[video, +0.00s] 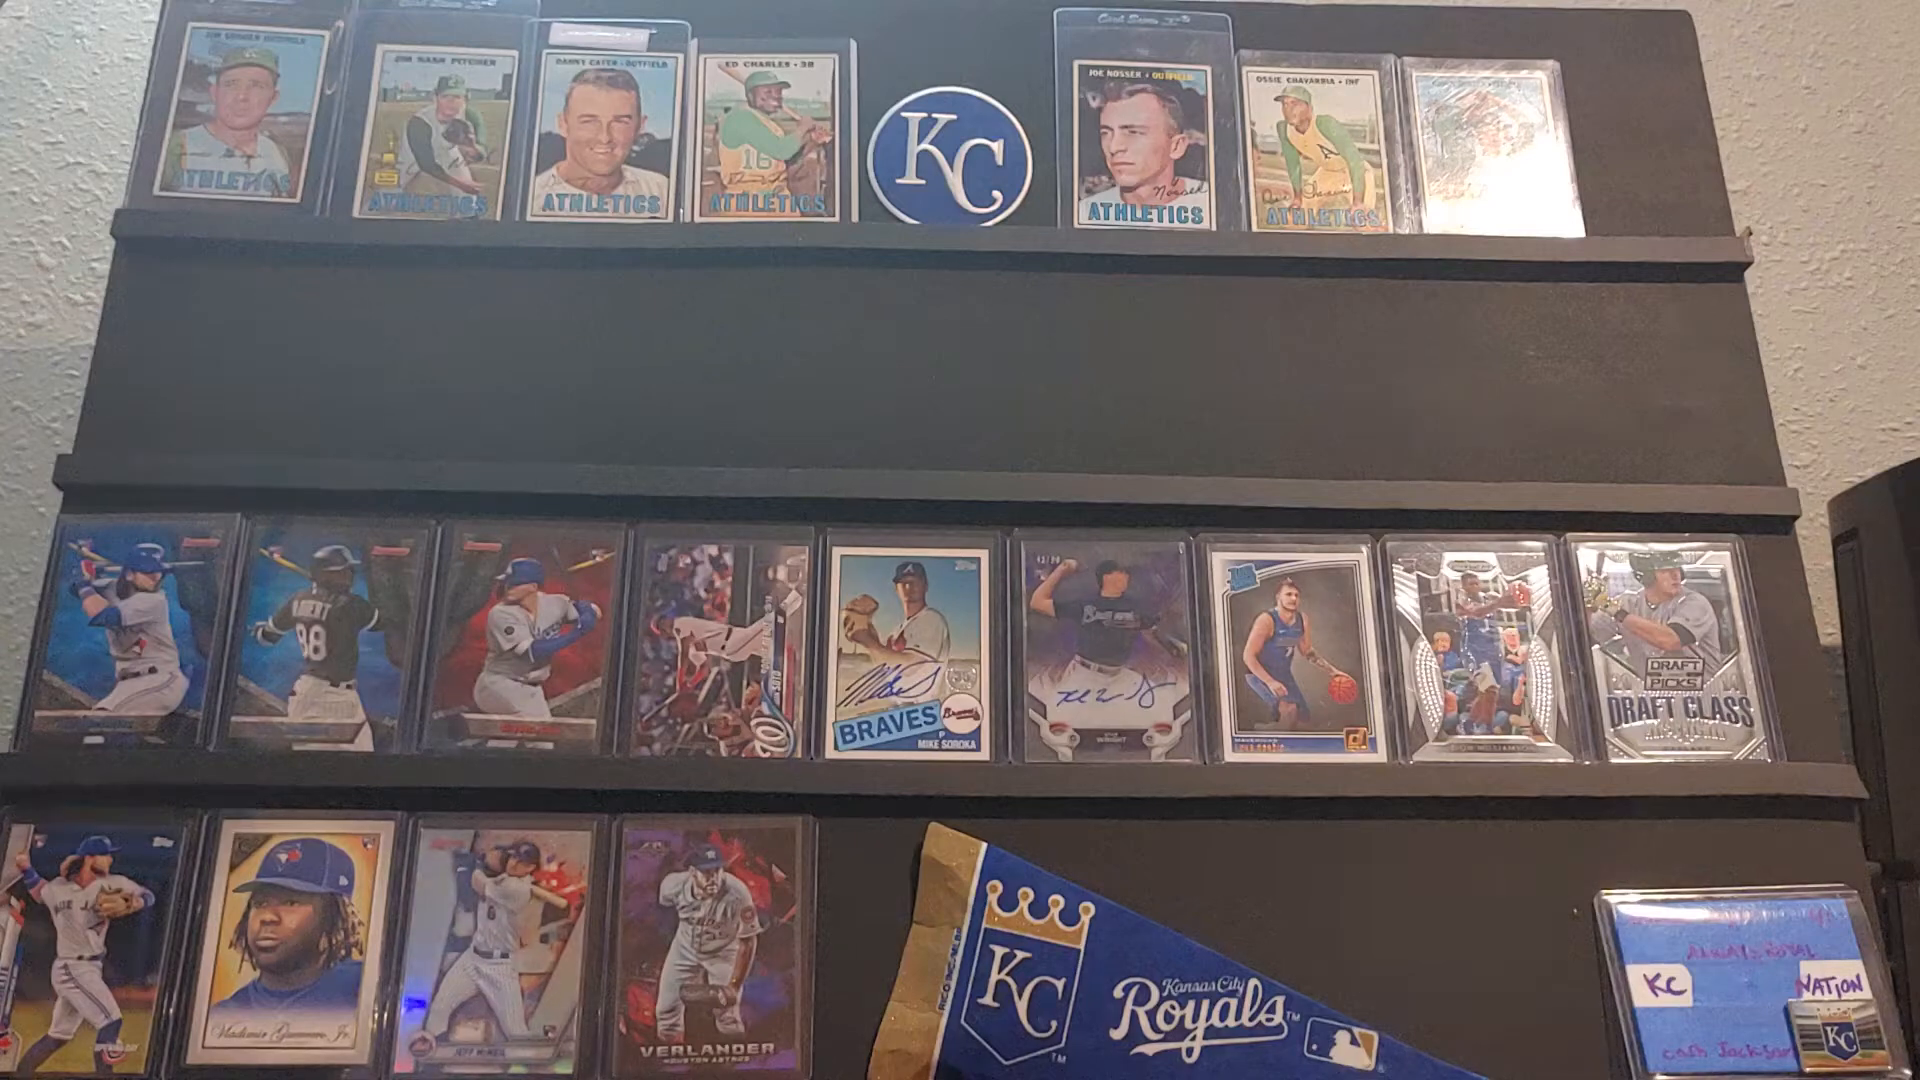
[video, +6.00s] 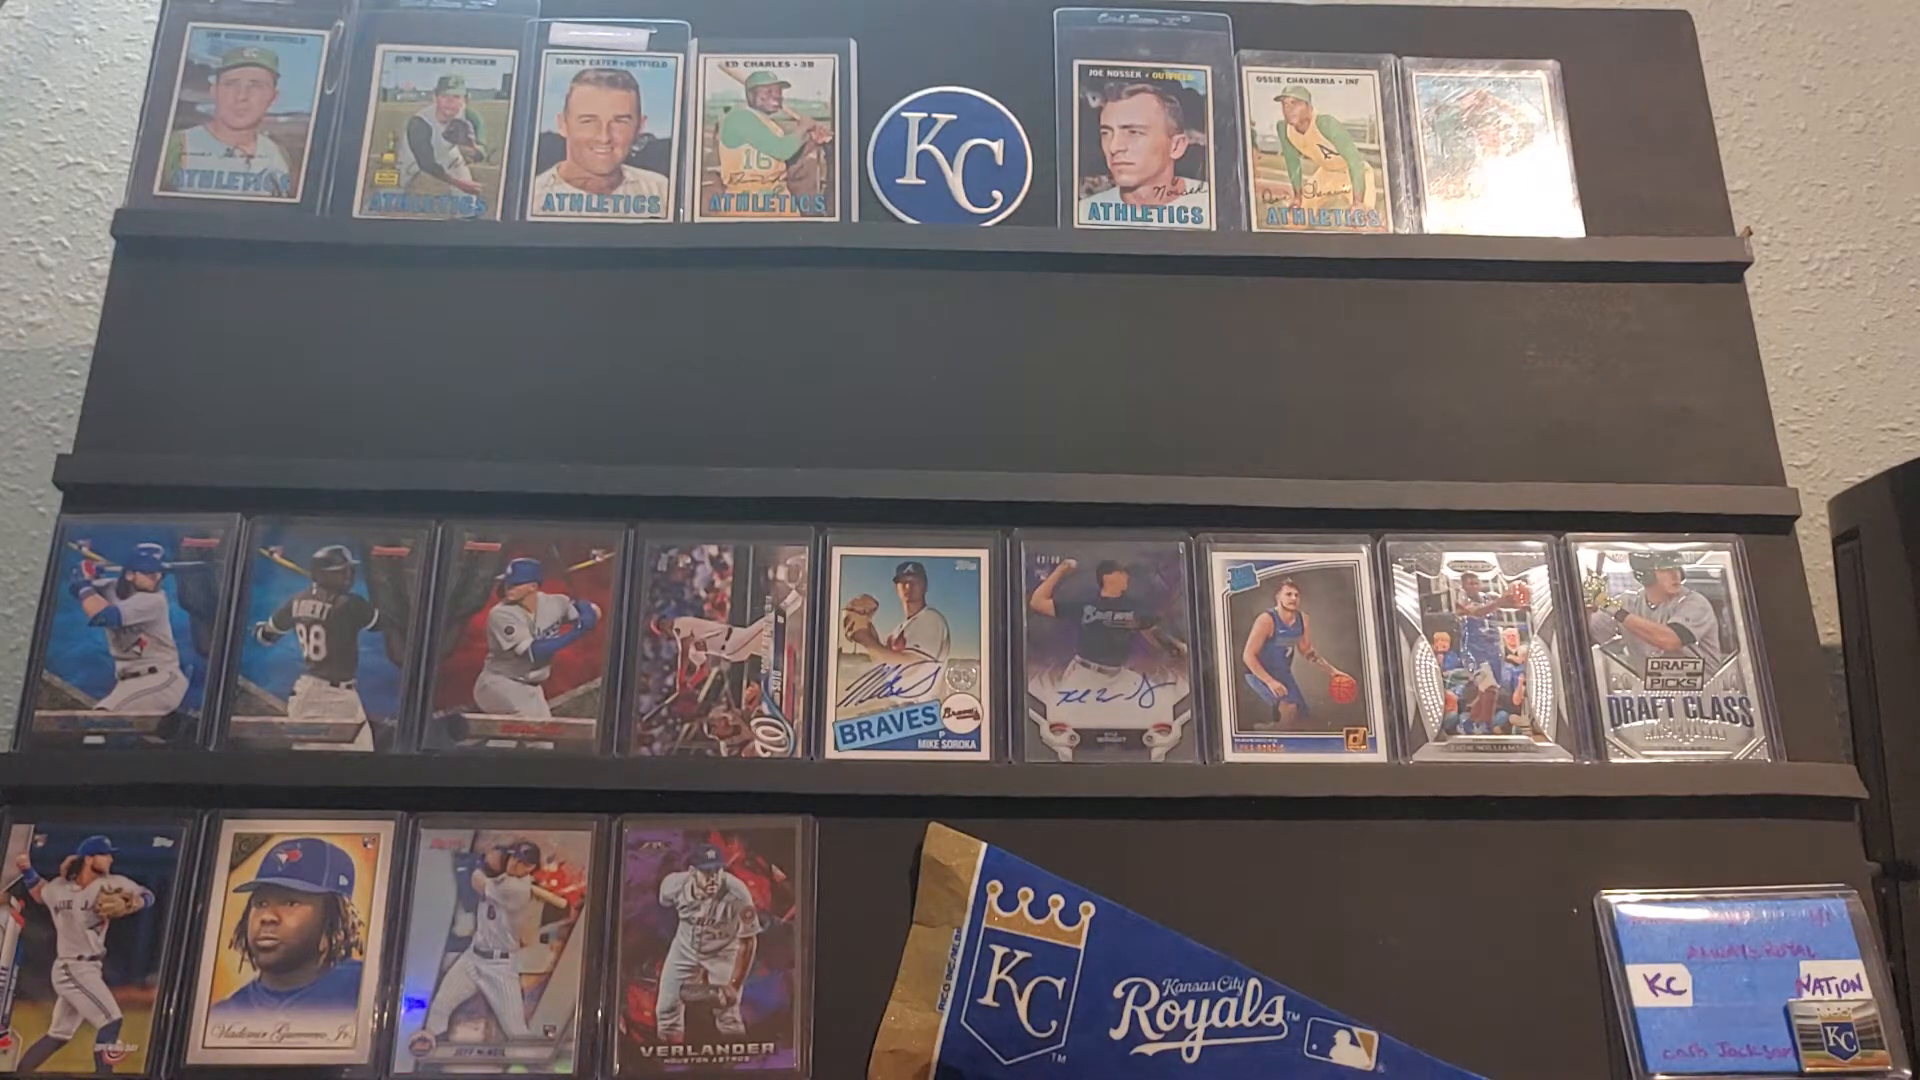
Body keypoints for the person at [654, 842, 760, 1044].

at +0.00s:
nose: (712, 878)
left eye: (716, 871)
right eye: (706, 872)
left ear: (722, 869)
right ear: (692, 871)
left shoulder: (738, 893)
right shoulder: (672, 886)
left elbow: (749, 941)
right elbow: (667, 915)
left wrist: (734, 985)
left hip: (724, 953)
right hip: (684, 947)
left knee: (727, 1016)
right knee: (666, 1011)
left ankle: (740, 1071)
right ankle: (673, 1071)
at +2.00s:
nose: (712, 878)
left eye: (716, 871)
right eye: (705, 872)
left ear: (722, 869)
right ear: (691, 870)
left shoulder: (738, 893)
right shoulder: (673, 885)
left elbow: (748, 941)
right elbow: (666, 914)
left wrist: (735, 985)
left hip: (724, 953)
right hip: (684, 947)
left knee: (727, 1015)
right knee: (666, 1009)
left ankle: (739, 1068)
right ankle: (673, 1071)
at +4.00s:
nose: (711, 878)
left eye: (716, 872)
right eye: (705, 872)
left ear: (722, 870)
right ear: (693, 871)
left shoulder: (738, 893)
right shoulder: (673, 885)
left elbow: (748, 941)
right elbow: (666, 907)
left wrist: (735, 985)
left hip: (724, 953)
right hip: (684, 947)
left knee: (727, 1014)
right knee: (666, 1009)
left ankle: (739, 1069)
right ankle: (674, 1069)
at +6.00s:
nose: (712, 878)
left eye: (716, 871)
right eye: (705, 872)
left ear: (722, 869)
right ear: (693, 870)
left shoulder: (738, 893)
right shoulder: (673, 886)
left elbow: (749, 941)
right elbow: (667, 910)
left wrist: (735, 985)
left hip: (724, 953)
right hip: (684, 948)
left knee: (727, 1015)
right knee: (666, 1009)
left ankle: (740, 1068)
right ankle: (673, 1071)